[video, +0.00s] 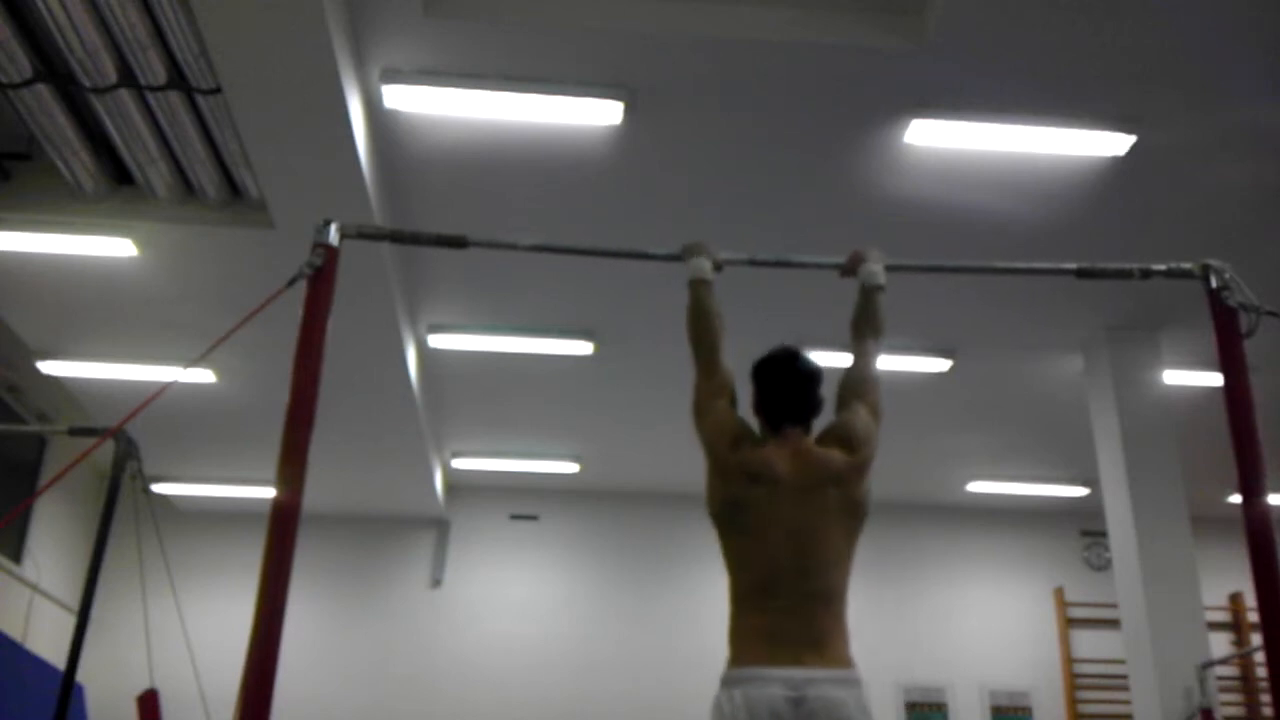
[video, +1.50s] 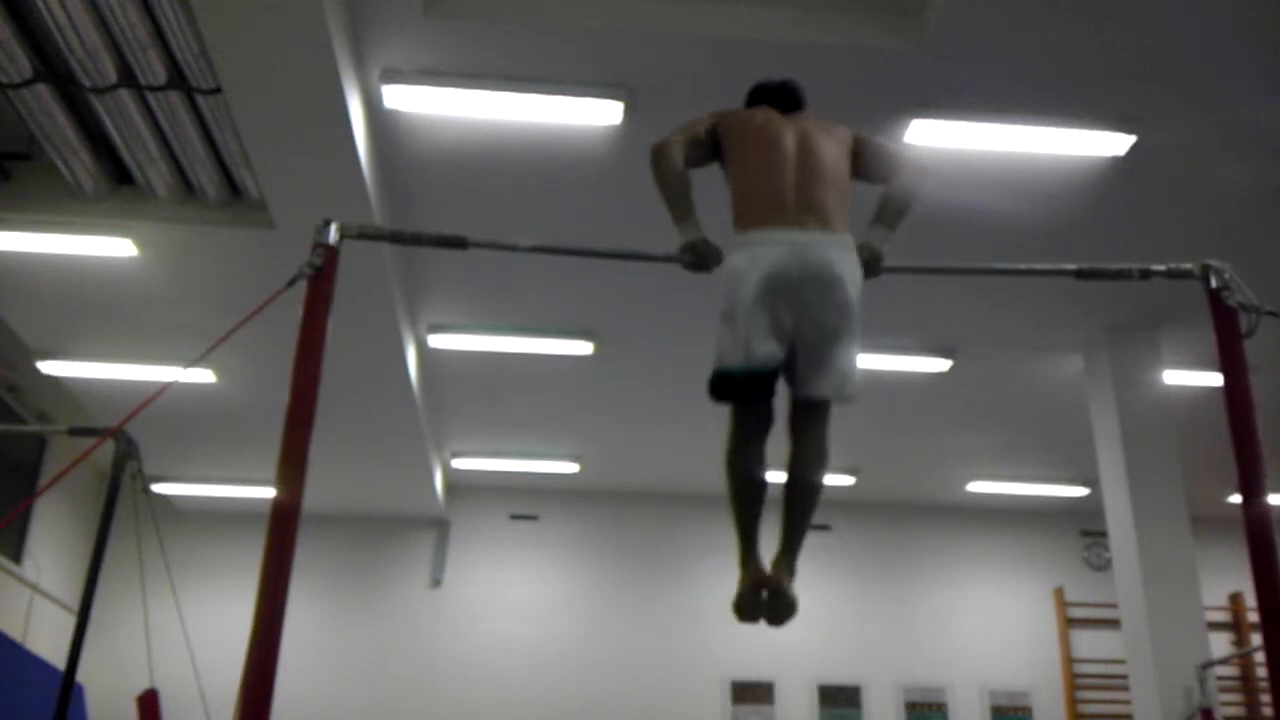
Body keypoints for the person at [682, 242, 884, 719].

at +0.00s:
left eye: (762, 397)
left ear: (755, 407)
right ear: (817, 406)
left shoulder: (732, 460)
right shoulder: (846, 461)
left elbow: (708, 361)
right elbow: (865, 352)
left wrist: (699, 270)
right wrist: (872, 278)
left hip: (751, 686)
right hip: (834, 686)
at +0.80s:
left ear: (770, 335)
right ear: (830, 340)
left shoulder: (740, 398)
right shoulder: (853, 408)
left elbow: (684, 358)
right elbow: (881, 357)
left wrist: (693, 279)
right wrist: (875, 288)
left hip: (744, 616)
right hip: (825, 620)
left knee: (724, 711)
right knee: (826, 714)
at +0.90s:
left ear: (782, 284)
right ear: (845, 290)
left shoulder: (749, 345)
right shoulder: (869, 364)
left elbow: (687, 347)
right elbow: (889, 340)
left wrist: (694, 277)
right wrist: (878, 285)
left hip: (757, 573)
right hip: (838, 578)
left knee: (749, 684)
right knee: (817, 669)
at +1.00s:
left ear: (788, 207)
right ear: (853, 211)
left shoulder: (755, 270)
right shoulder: (879, 282)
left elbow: (685, 314)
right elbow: (911, 324)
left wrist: (695, 262)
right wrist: (876, 273)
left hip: (763, 497)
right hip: (840, 505)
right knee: (800, 559)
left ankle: (743, 580)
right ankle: (761, 581)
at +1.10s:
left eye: (793, 138)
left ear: (783, 137)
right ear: (847, 139)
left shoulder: (755, 187)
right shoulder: (877, 204)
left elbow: (674, 263)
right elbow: (926, 281)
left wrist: (710, 240)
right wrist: (880, 233)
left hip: (757, 407)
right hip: (833, 413)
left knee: (739, 488)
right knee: (799, 493)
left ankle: (732, 571)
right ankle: (761, 578)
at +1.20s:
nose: (776, 119)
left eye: (773, 109)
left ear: (769, 107)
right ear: (829, 110)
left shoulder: (746, 140)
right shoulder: (865, 150)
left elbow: (671, 206)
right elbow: (929, 230)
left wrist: (698, 242)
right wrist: (874, 248)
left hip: (759, 342)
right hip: (835, 348)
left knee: (741, 466)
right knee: (798, 470)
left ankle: (735, 580)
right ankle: (765, 584)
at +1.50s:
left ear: (749, 108)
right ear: (805, 109)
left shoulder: (732, 124)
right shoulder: (838, 135)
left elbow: (667, 152)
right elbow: (906, 178)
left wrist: (688, 232)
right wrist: (876, 241)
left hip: (757, 257)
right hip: (831, 258)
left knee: (749, 425)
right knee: (811, 427)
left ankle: (752, 569)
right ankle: (785, 573)